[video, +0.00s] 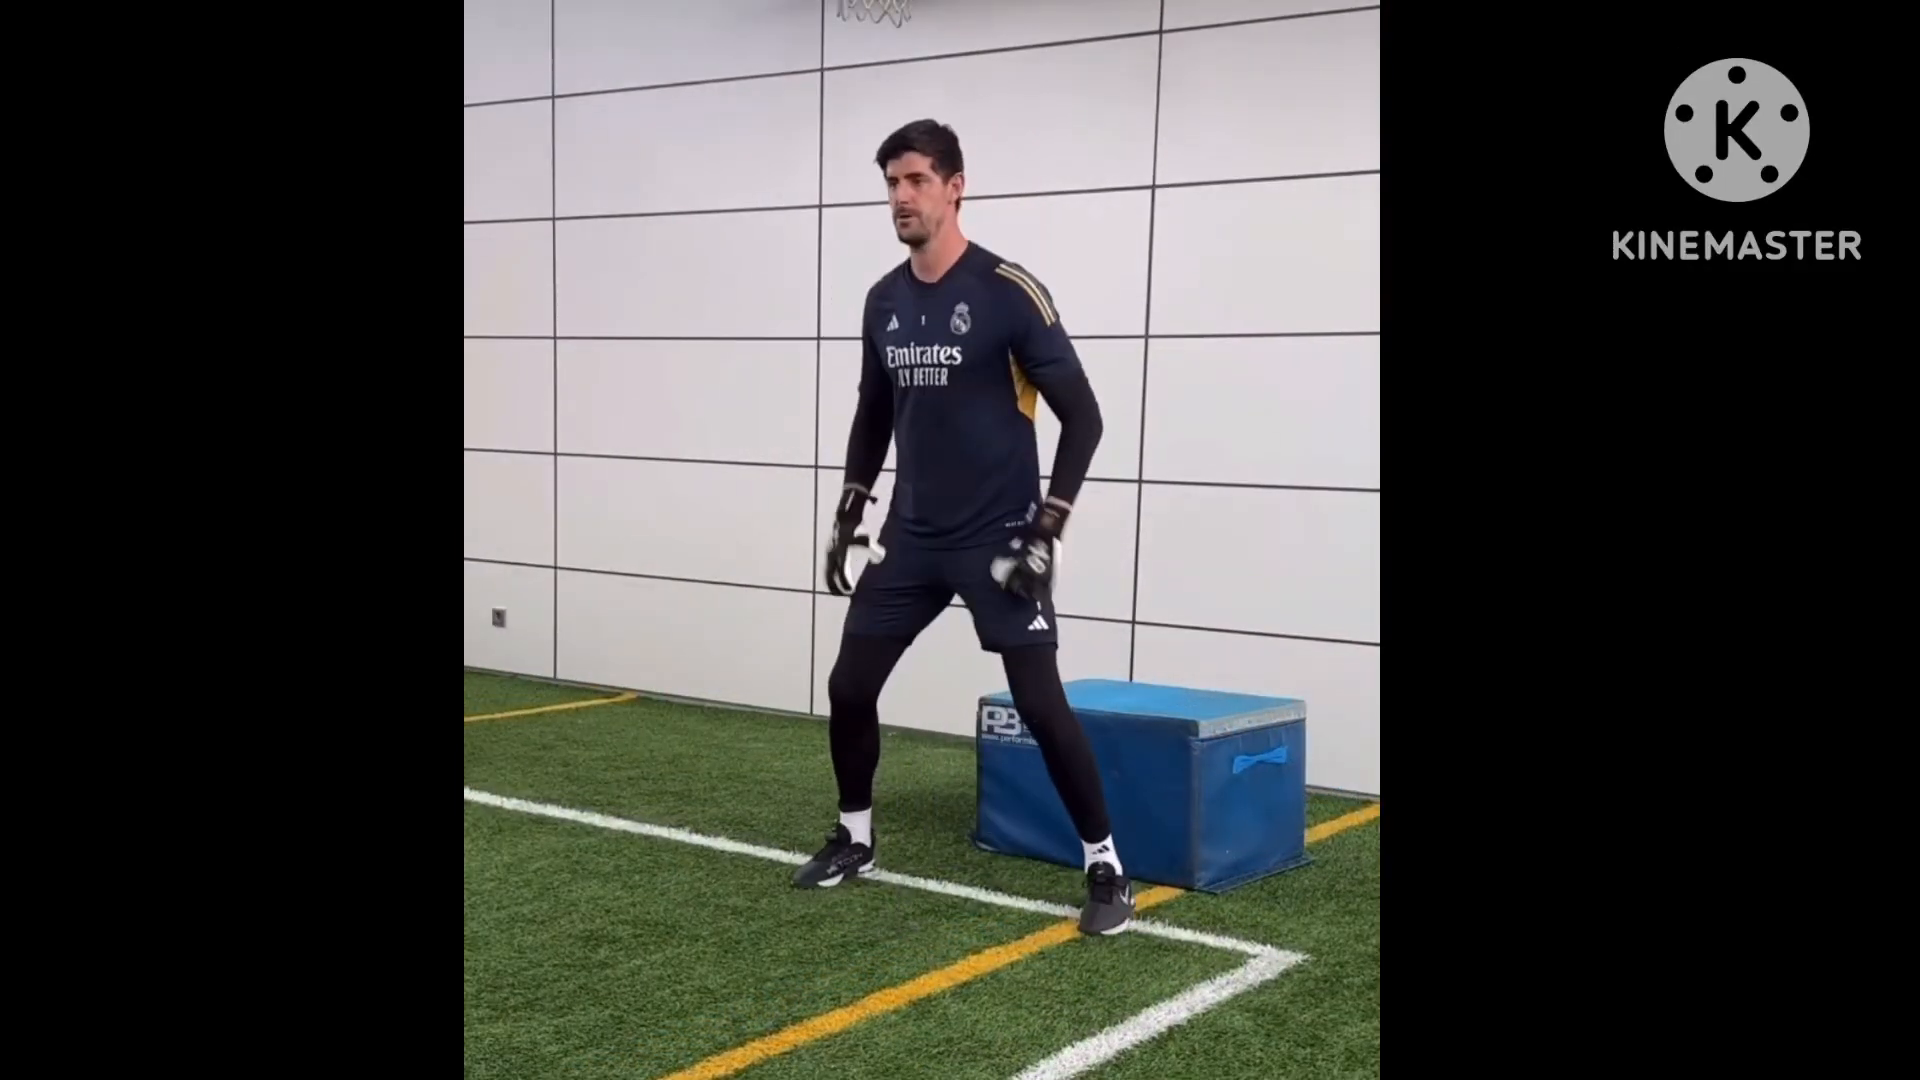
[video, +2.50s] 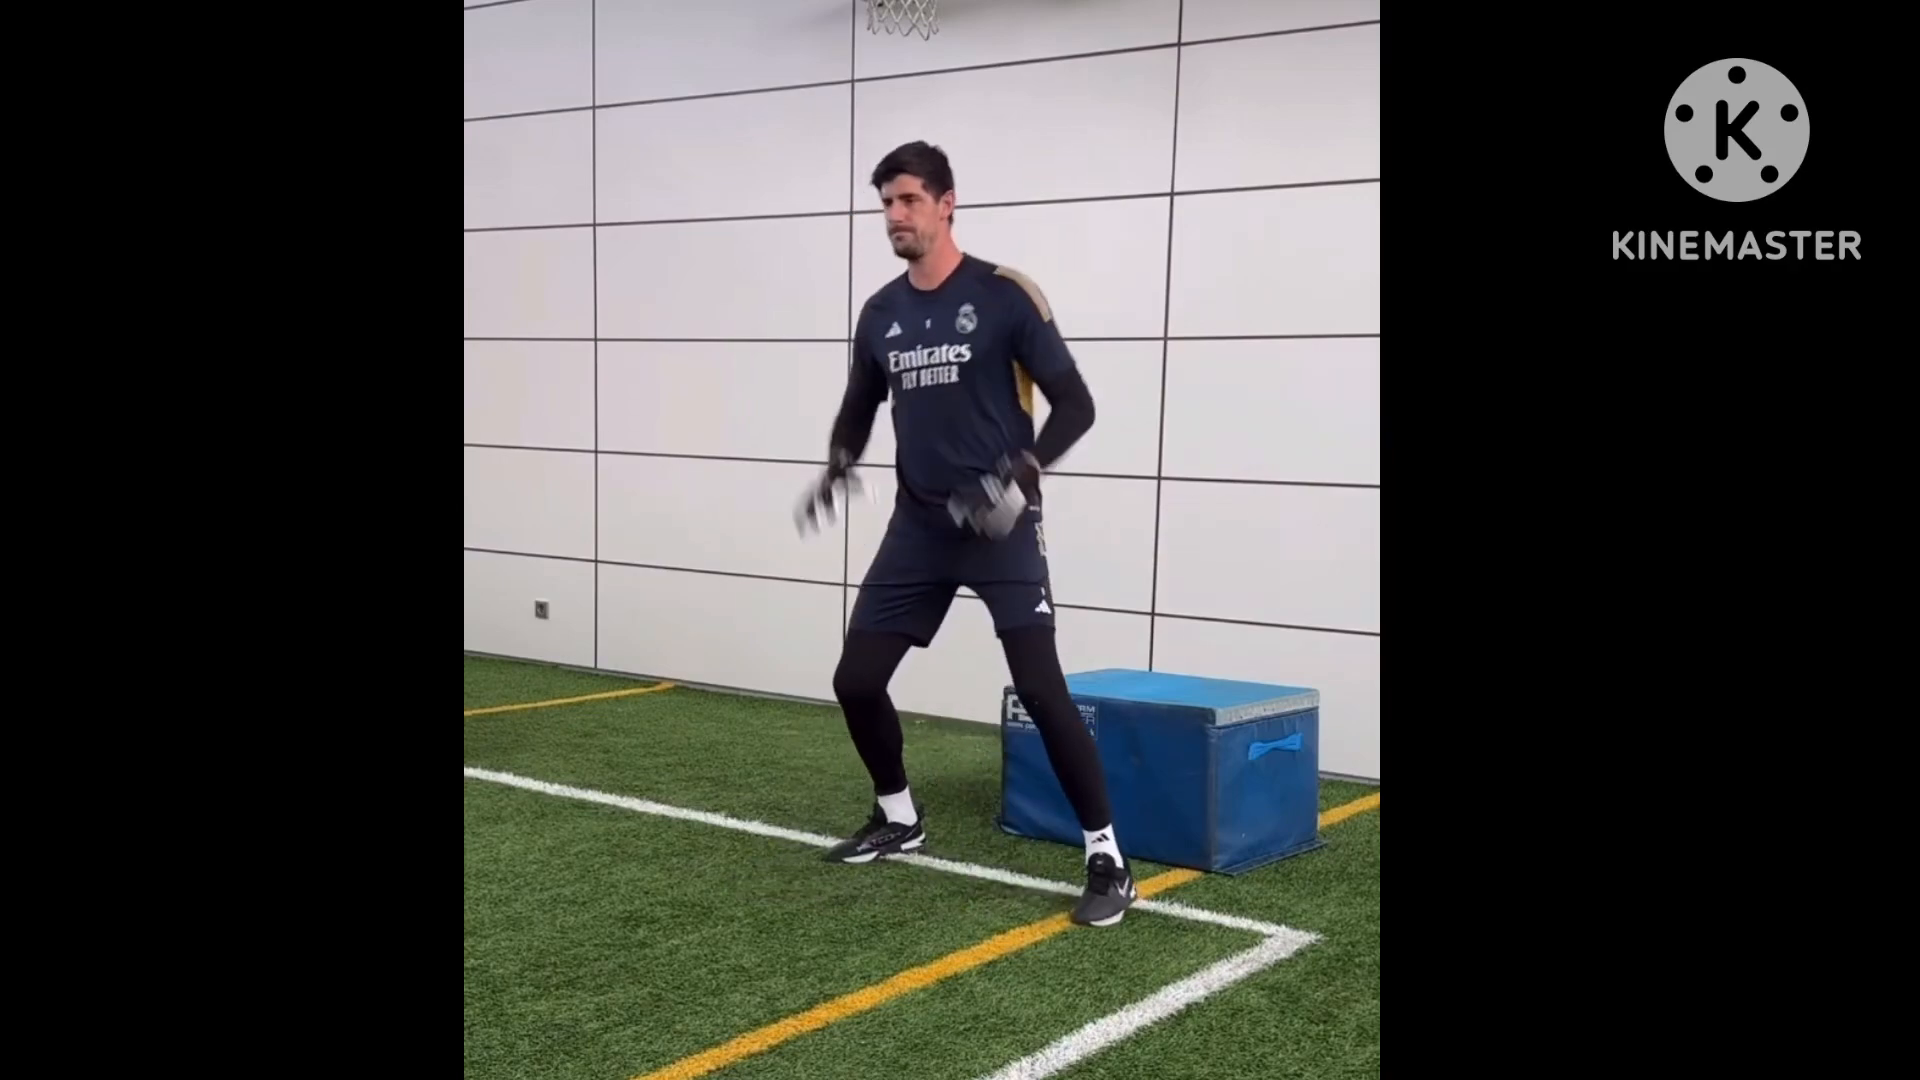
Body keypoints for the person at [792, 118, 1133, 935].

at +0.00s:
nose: (900, 197)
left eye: (915, 181)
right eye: (892, 183)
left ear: (955, 187)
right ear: (888, 194)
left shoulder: (1010, 293)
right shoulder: (885, 301)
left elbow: (1082, 416)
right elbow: (875, 410)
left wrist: (1046, 528)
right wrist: (848, 511)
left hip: (999, 538)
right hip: (911, 539)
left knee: (1040, 703)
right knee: (848, 689)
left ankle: (1105, 867)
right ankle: (853, 838)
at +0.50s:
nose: (841, 182)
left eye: (843, 169)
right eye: (846, 169)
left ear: (861, 172)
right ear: (914, 176)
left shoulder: (844, 250)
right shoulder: (956, 264)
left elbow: (834, 369)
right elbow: (995, 395)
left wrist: (796, 462)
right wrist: (937, 451)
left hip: (868, 486)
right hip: (942, 492)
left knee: (812, 657)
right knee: (914, 649)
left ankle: (831, 847)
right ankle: (960, 822)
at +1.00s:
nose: (869, 203)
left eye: (884, 189)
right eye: (863, 190)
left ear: (925, 198)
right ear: (862, 202)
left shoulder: (969, 287)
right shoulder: (867, 305)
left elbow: (1038, 411)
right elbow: (880, 413)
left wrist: (986, 510)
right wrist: (859, 503)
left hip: (965, 519)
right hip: (898, 522)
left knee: (957, 686)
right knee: (855, 686)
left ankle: (1040, 867)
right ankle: (899, 852)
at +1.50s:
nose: (972, 223)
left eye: (985, 207)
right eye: (961, 210)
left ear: (1021, 206)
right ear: (952, 216)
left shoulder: (1064, 290)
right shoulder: (942, 298)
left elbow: (1101, 380)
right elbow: (857, 382)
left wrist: (1010, 330)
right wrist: (860, 334)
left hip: (1051, 543)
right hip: (964, 541)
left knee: (1086, 716)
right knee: (893, 698)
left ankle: (1152, 890)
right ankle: (903, 853)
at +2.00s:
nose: (830, 192)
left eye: (842, 180)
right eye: (832, 179)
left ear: (882, 188)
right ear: (884, 190)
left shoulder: (888, 258)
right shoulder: (902, 262)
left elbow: (930, 368)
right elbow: (905, 381)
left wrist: (872, 452)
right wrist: (844, 446)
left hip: (904, 487)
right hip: (947, 489)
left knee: (825, 654)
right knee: (908, 648)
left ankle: (808, 848)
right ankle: (966, 818)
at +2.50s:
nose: (894, 216)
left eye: (908, 201)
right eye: (886, 204)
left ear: (946, 204)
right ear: (883, 213)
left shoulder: (1007, 296)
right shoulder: (880, 314)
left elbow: (1076, 406)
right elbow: (859, 404)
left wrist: (1024, 473)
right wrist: (838, 465)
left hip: (1002, 522)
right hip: (918, 523)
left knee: (1040, 687)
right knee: (858, 680)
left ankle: (1105, 856)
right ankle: (898, 819)